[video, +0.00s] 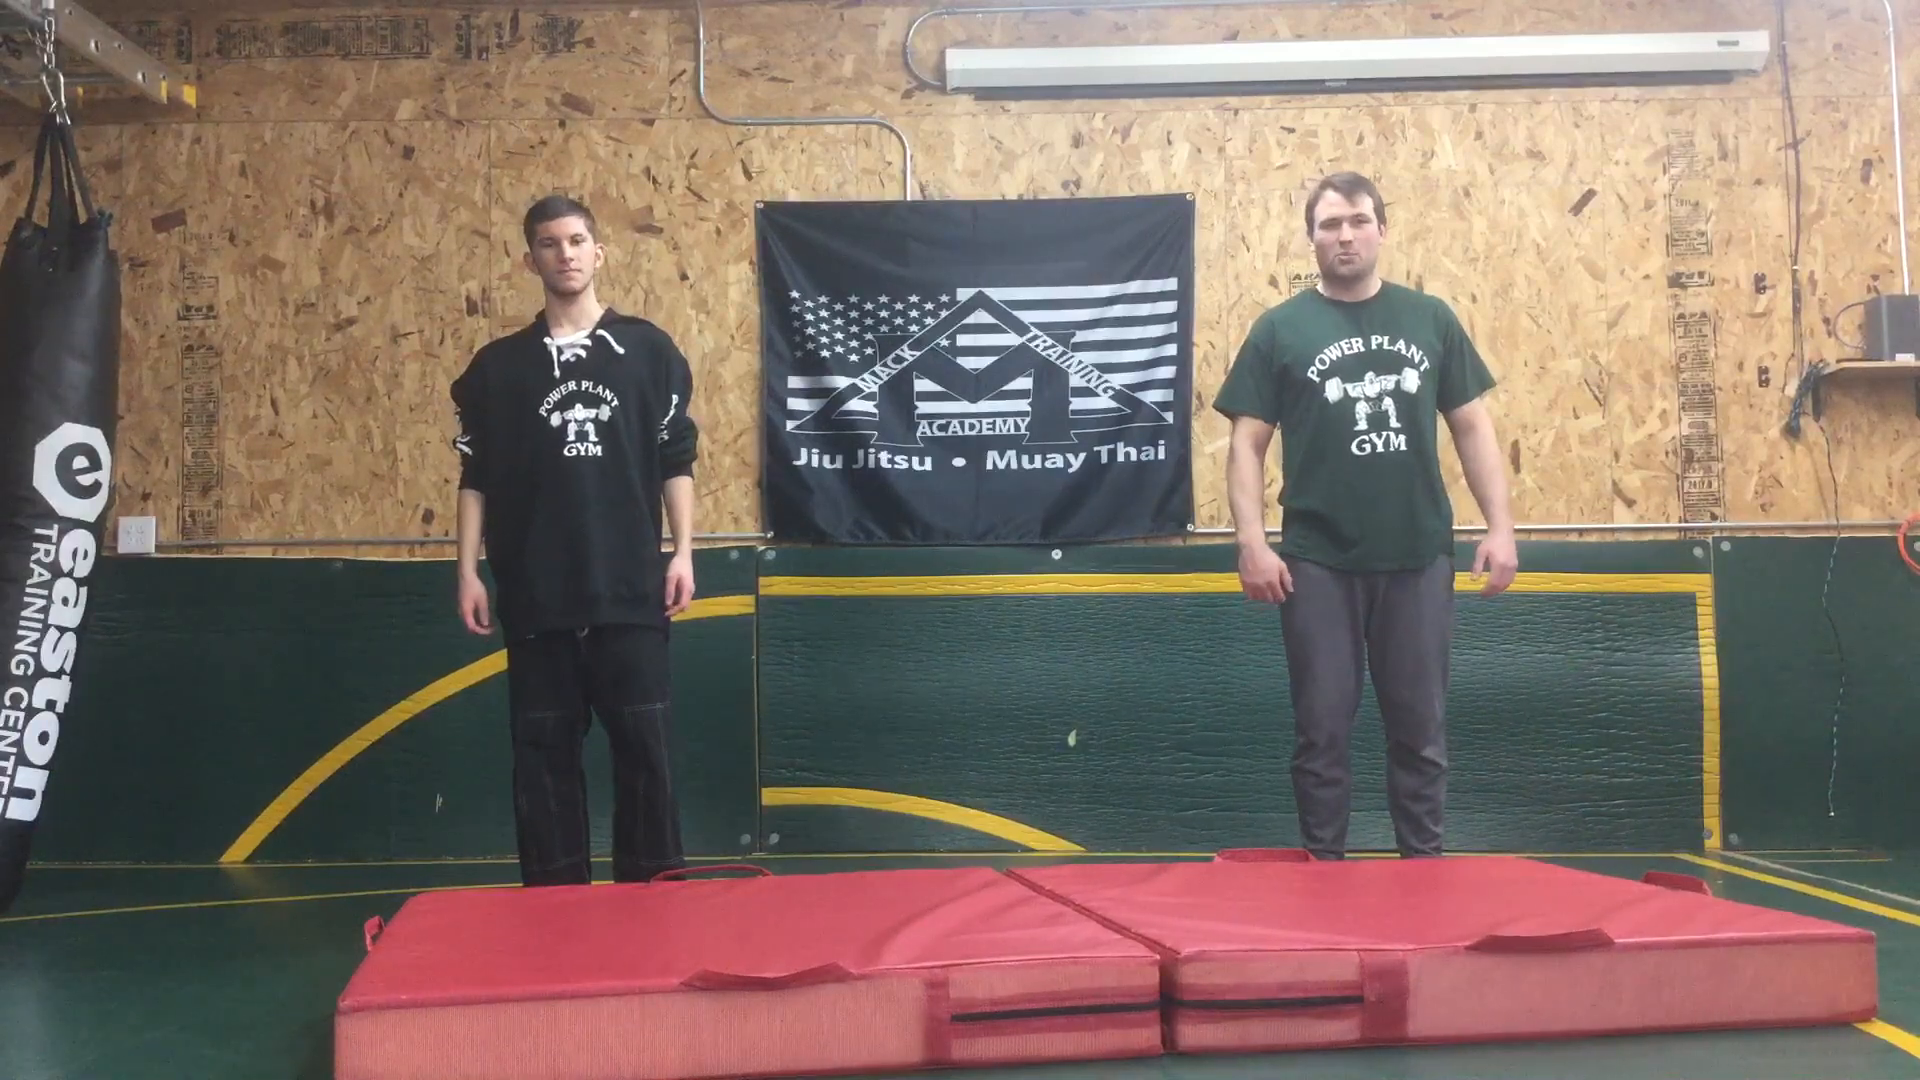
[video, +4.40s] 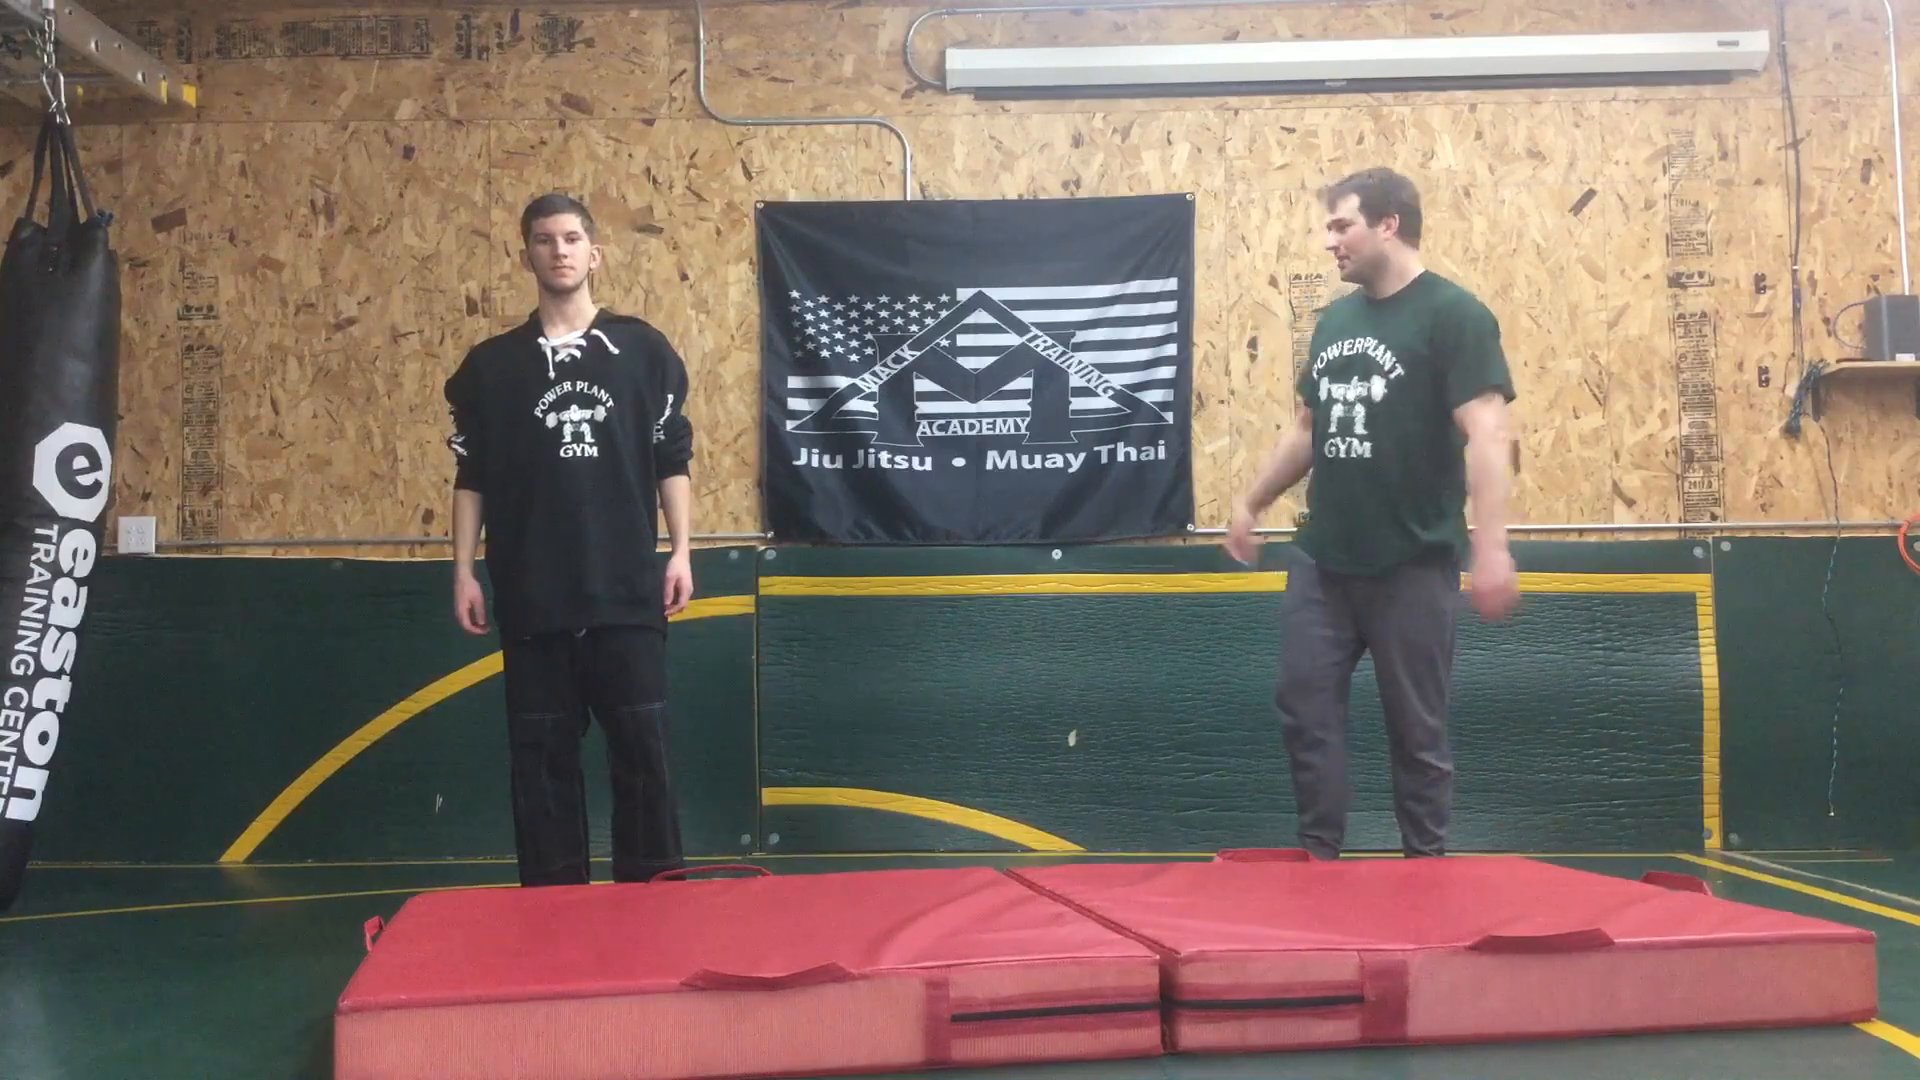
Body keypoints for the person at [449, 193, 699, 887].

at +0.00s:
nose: (566, 255)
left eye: (576, 241)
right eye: (550, 245)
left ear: (597, 251)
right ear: (532, 260)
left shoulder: (649, 349)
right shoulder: (495, 365)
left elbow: (675, 460)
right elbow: (474, 475)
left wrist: (683, 550)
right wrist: (468, 570)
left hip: (630, 581)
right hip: (533, 587)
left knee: (645, 750)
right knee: (545, 757)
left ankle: (654, 900)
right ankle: (555, 907)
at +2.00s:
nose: (559, 256)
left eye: (569, 242)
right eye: (543, 246)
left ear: (590, 250)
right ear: (525, 261)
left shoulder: (643, 350)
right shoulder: (486, 366)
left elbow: (669, 462)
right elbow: (468, 479)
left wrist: (679, 551)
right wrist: (466, 574)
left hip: (625, 585)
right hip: (529, 591)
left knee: (643, 754)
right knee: (542, 764)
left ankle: (653, 906)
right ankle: (554, 914)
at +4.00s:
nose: (562, 251)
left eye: (573, 238)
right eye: (547, 241)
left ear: (595, 251)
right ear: (529, 257)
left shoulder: (644, 349)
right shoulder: (490, 363)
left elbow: (671, 459)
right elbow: (474, 475)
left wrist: (682, 550)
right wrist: (466, 572)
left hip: (626, 583)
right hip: (531, 588)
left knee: (645, 751)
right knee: (543, 760)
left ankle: (652, 903)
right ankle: (554, 909)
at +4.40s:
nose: (559, 251)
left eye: (571, 238)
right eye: (545, 241)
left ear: (593, 250)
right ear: (528, 257)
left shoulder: (643, 349)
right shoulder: (488, 364)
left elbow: (672, 458)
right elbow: (470, 475)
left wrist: (681, 548)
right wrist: (464, 569)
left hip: (626, 585)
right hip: (530, 590)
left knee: (642, 753)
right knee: (542, 760)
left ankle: (652, 906)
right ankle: (554, 912)